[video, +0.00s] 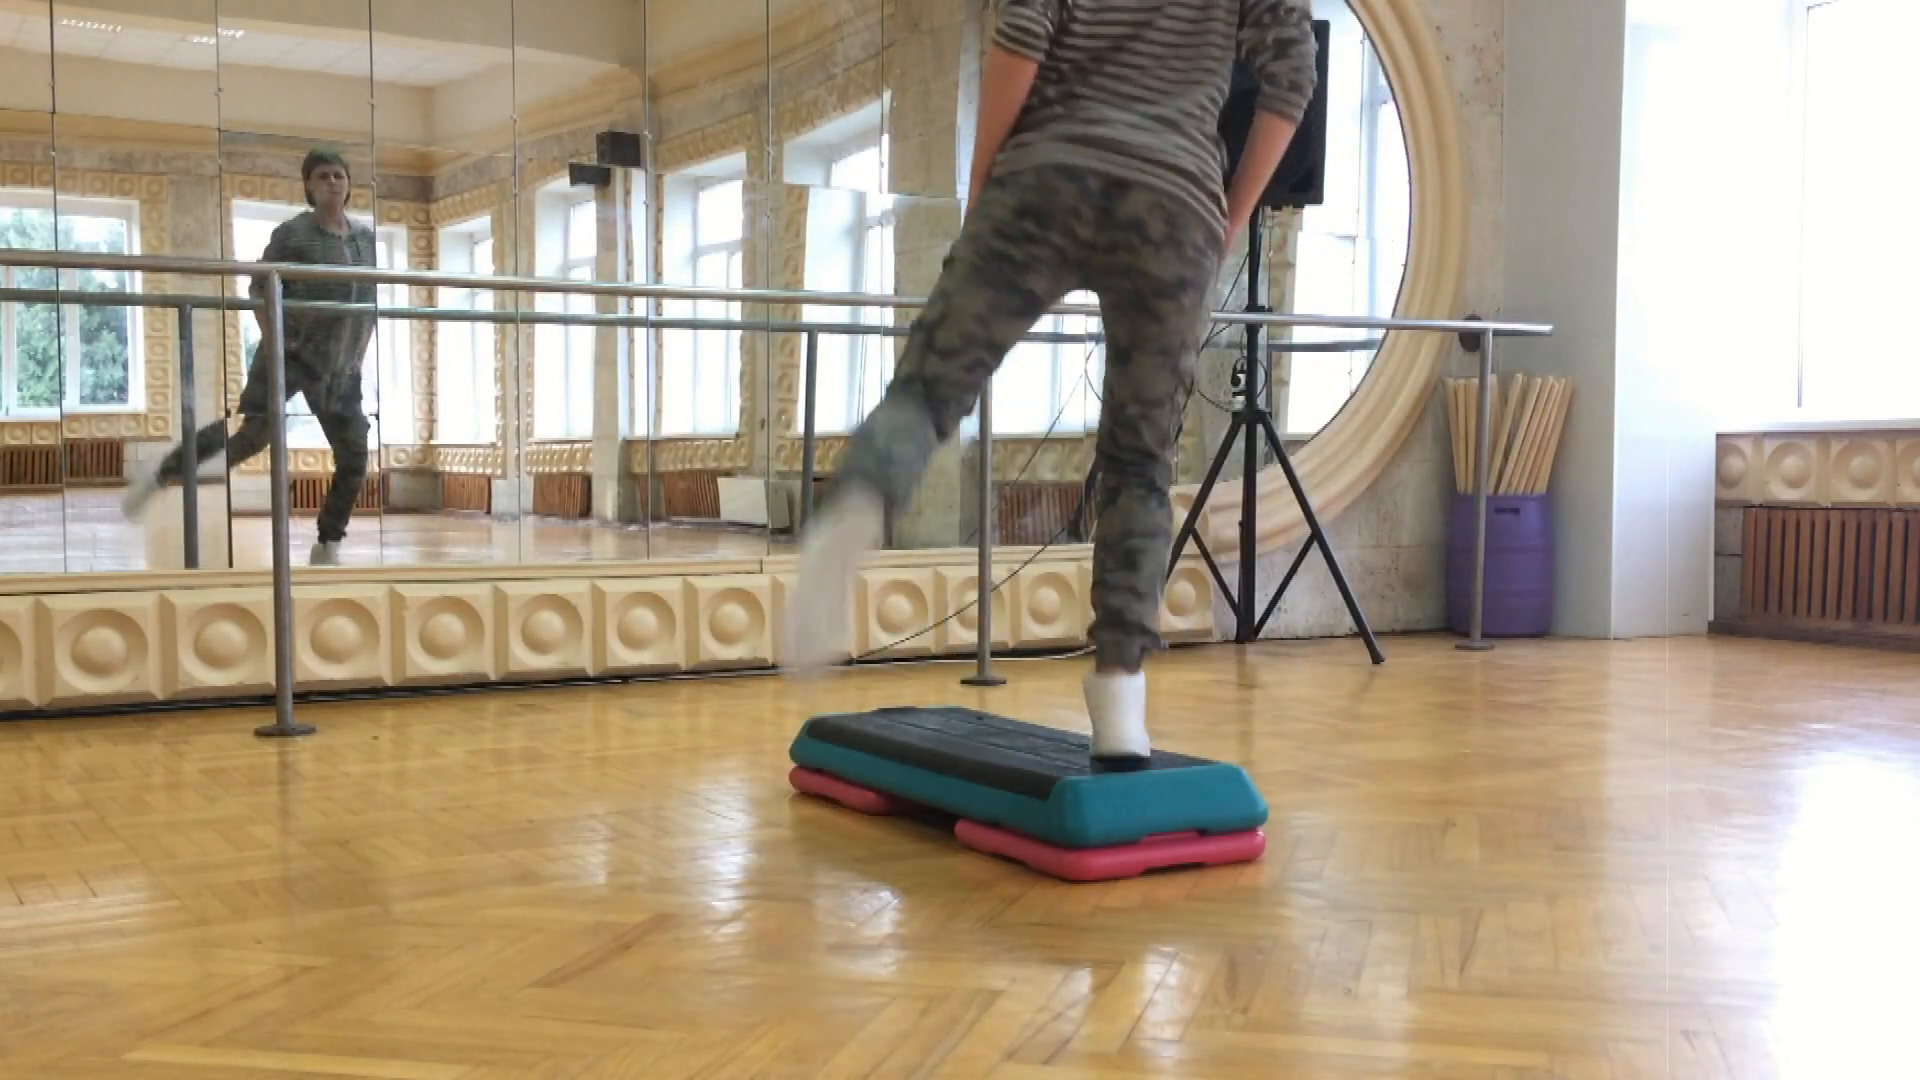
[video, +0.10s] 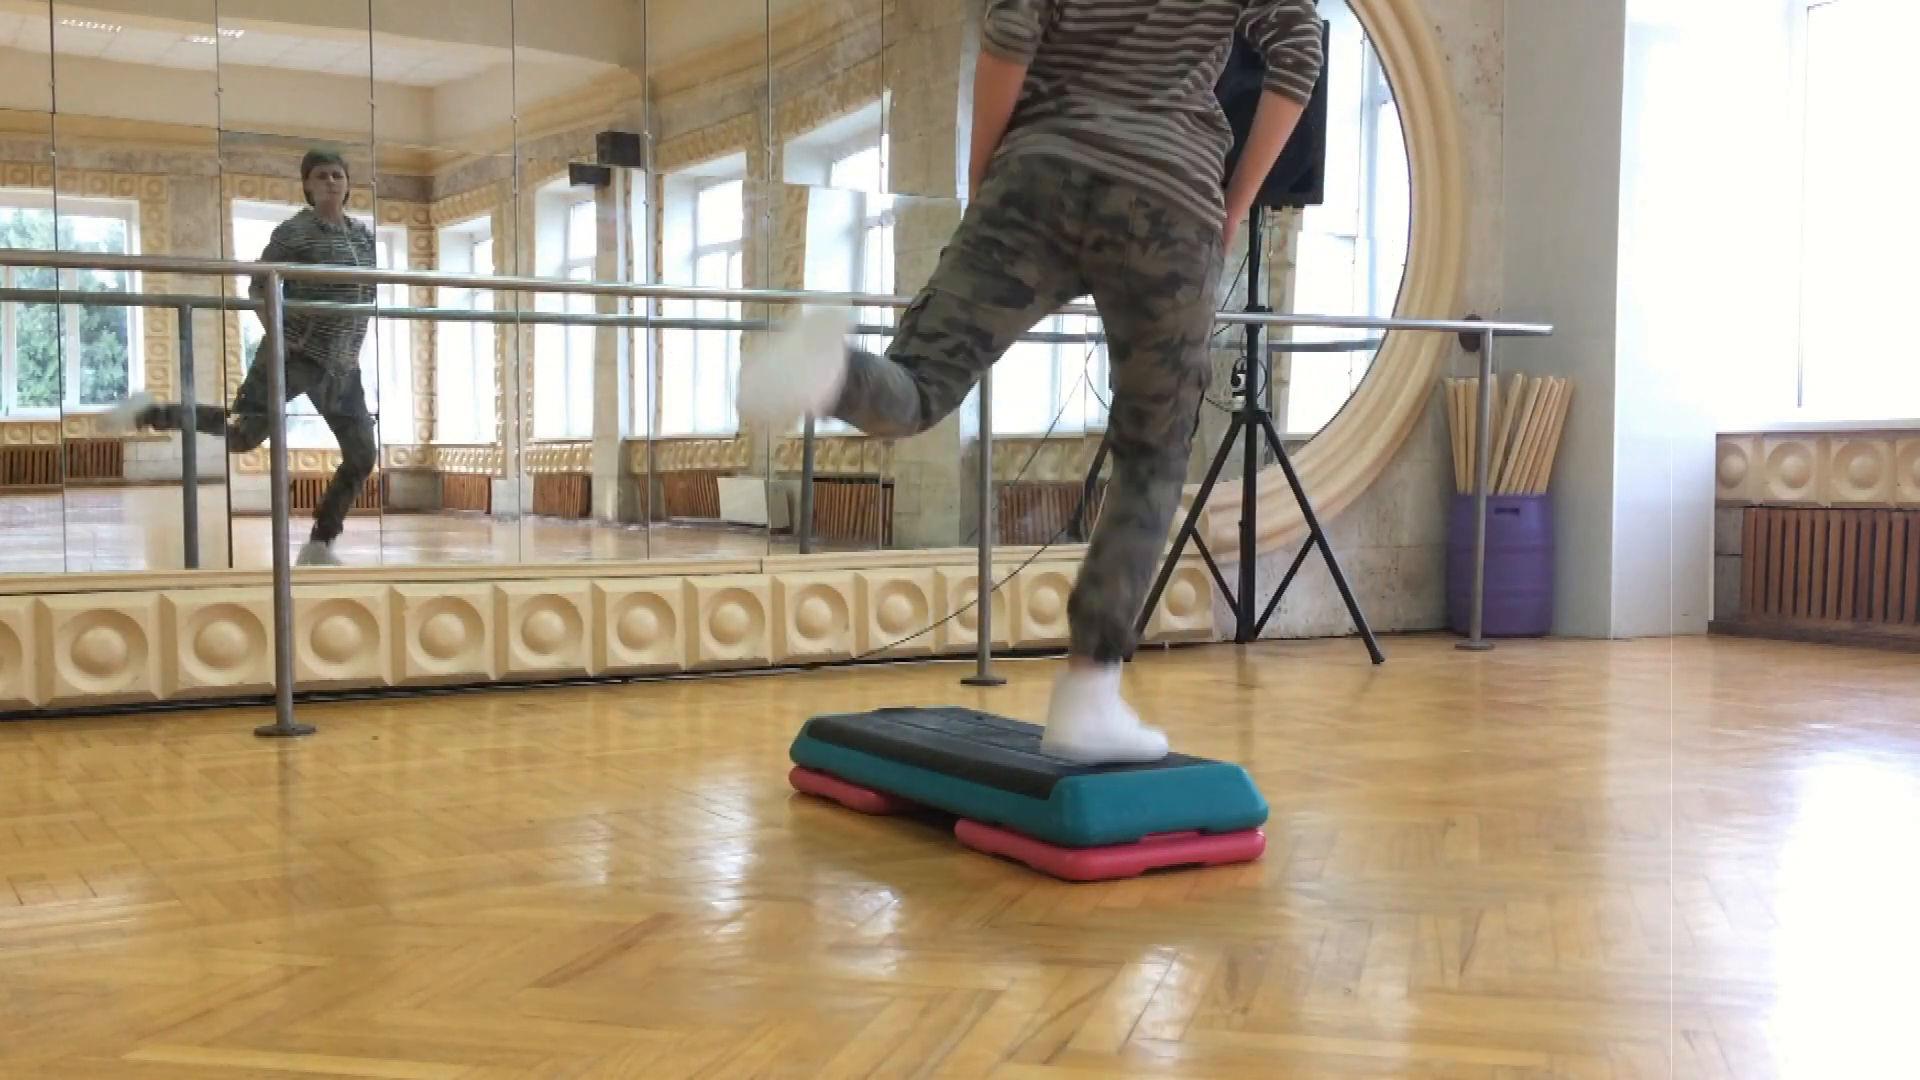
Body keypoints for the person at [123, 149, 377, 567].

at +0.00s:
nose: (333, 183)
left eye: (339, 177)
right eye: (323, 177)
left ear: (350, 187)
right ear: (307, 187)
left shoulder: (364, 240)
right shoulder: (292, 234)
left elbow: (370, 306)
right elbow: (258, 284)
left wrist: (357, 355)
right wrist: (275, 342)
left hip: (338, 367)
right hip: (286, 358)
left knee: (354, 461)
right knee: (248, 442)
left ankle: (327, 549)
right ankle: (158, 477)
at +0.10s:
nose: (332, 183)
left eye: (338, 177)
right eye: (323, 177)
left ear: (349, 186)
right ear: (307, 187)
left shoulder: (363, 237)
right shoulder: (293, 233)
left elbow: (361, 298)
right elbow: (257, 288)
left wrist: (350, 342)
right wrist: (277, 333)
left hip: (340, 366)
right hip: (289, 356)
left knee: (363, 456)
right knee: (245, 434)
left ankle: (319, 544)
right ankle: (151, 414)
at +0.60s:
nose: (328, 186)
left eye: (334, 179)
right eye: (319, 180)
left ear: (345, 189)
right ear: (304, 191)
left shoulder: (363, 242)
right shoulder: (294, 235)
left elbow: (366, 306)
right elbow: (269, 294)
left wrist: (355, 356)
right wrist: (281, 344)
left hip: (343, 374)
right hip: (302, 368)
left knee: (356, 466)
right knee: (284, 456)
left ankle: (317, 552)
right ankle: (188, 435)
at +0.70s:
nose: (331, 175)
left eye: (337, 169)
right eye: (321, 169)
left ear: (347, 178)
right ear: (305, 178)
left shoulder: (362, 226)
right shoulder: (291, 217)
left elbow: (363, 288)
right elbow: (265, 277)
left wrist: (354, 338)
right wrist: (281, 332)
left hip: (344, 352)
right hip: (299, 344)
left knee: (345, 452)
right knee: (328, 439)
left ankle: (316, 542)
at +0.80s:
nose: (330, 171)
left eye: (336, 166)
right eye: (321, 165)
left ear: (347, 176)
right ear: (304, 173)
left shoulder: (362, 223)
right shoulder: (286, 214)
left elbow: (366, 286)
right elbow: (261, 270)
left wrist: (359, 337)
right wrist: (281, 327)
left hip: (347, 347)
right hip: (303, 342)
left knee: (340, 444)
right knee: (339, 435)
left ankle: (318, 538)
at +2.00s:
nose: (345, 181)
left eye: (349, 174)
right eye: (335, 173)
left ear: (353, 181)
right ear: (311, 178)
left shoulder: (363, 228)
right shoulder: (295, 221)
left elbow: (367, 294)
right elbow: (280, 290)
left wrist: (371, 352)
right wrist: (299, 349)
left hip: (361, 362)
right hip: (319, 360)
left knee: (385, 455)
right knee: (354, 458)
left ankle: (352, 540)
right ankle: (330, 551)